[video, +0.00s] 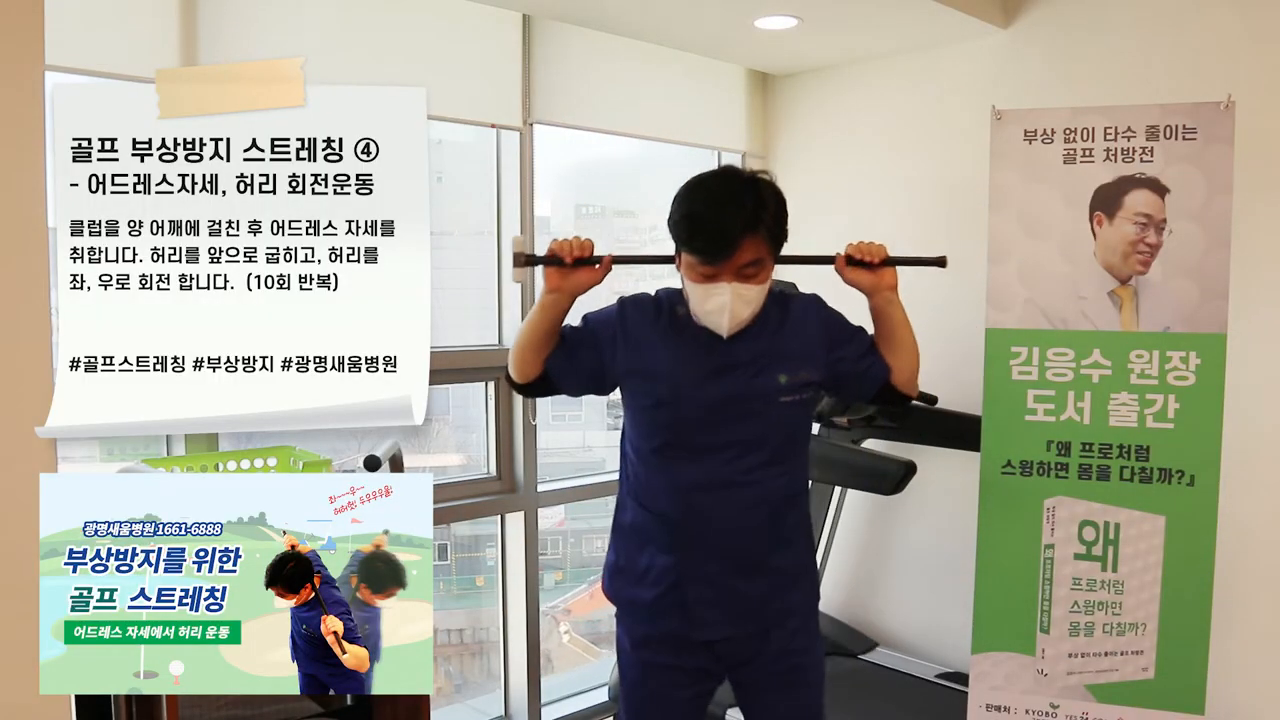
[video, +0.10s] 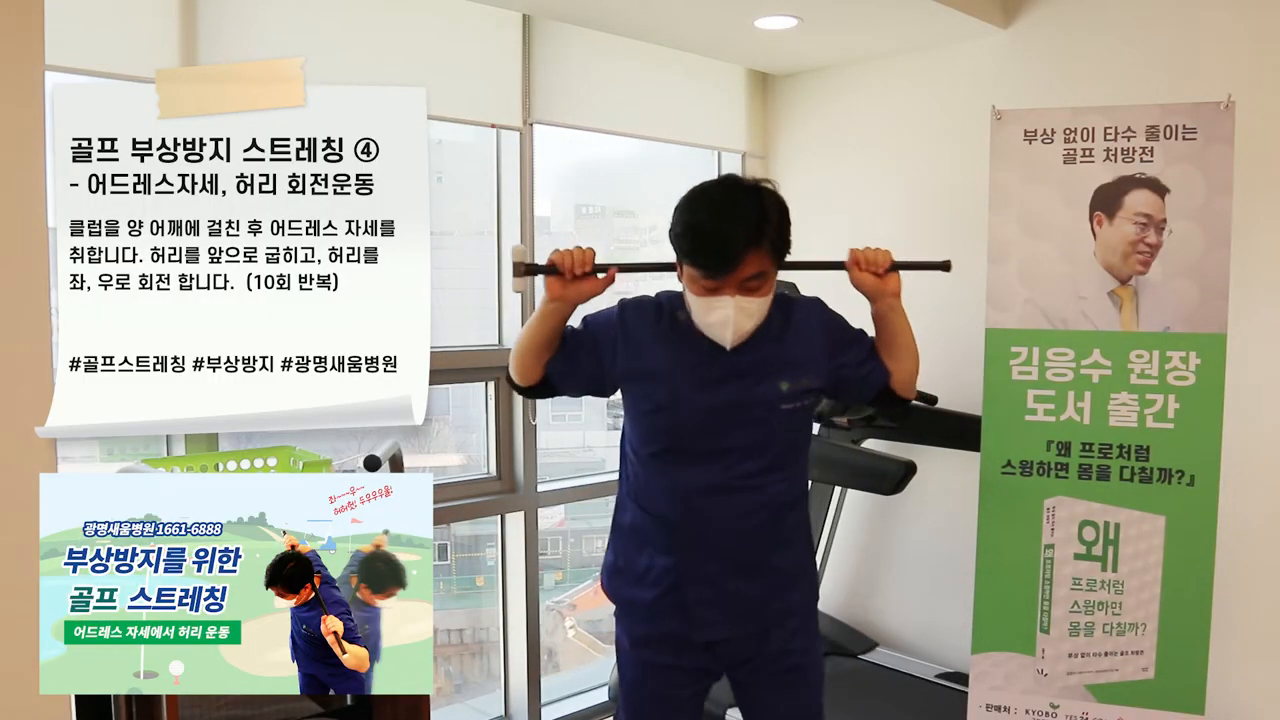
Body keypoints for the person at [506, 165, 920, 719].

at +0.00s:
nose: (726, 292)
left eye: (750, 272)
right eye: (706, 273)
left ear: (774, 261)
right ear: (679, 258)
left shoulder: (805, 324)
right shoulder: (636, 327)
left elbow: (900, 380)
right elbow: (526, 371)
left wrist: (884, 296)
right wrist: (556, 296)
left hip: (775, 610)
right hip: (658, 610)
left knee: (793, 711)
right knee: (652, 711)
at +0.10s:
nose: (730, 305)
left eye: (753, 286)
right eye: (709, 287)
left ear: (778, 269)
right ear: (680, 269)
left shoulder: (807, 328)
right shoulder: (637, 329)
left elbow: (897, 384)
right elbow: (527, 372)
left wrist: (886, 302)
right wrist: (557, 305)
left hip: (774, 608)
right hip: (658, 609)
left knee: (792, 710)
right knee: (650, 710)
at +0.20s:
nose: (739, 313)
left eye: (761, 293)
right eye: (717, 294)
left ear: (787, 273)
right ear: (688, 275)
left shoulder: (816, 332)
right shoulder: (644, 332)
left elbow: (905, 386)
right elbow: (534, 373)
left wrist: (896, 309)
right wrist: (562, 308)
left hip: (780, 609)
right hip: (664, 610)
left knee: (794, 710)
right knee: (652, 710)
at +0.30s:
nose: (757, 323)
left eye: (780, 302)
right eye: (734, 304)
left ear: (805, 282)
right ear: (705, 284)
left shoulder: (835, 339)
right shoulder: (663, 338)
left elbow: (923, 390)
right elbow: (552, 379)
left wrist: (917, 319)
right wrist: (581, 317)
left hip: (794, 611)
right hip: (679, 612)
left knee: (806, 713)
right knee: (666, 713)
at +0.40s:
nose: (770, 328)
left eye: (793, 308)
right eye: (747, 310)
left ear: (818, 285)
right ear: (717, 287)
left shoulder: (848, 343)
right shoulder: (677, 340)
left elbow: (935, 393)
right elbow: (566, 384)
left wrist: (931, 324)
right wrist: (594, 323)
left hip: (805, 614)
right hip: (689, 614)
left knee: (816, 713)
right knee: (674, 713)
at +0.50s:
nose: (784, 332)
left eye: (806, 312)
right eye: (761, 314)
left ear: (832, 290)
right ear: (730, 290)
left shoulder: (863, 349)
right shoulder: (690, 344)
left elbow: (949, 397)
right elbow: (582, 386)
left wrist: (946, 331)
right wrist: (609, 327)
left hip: (816, 619)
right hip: (699, 617)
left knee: (821, 713)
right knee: (681, 713)